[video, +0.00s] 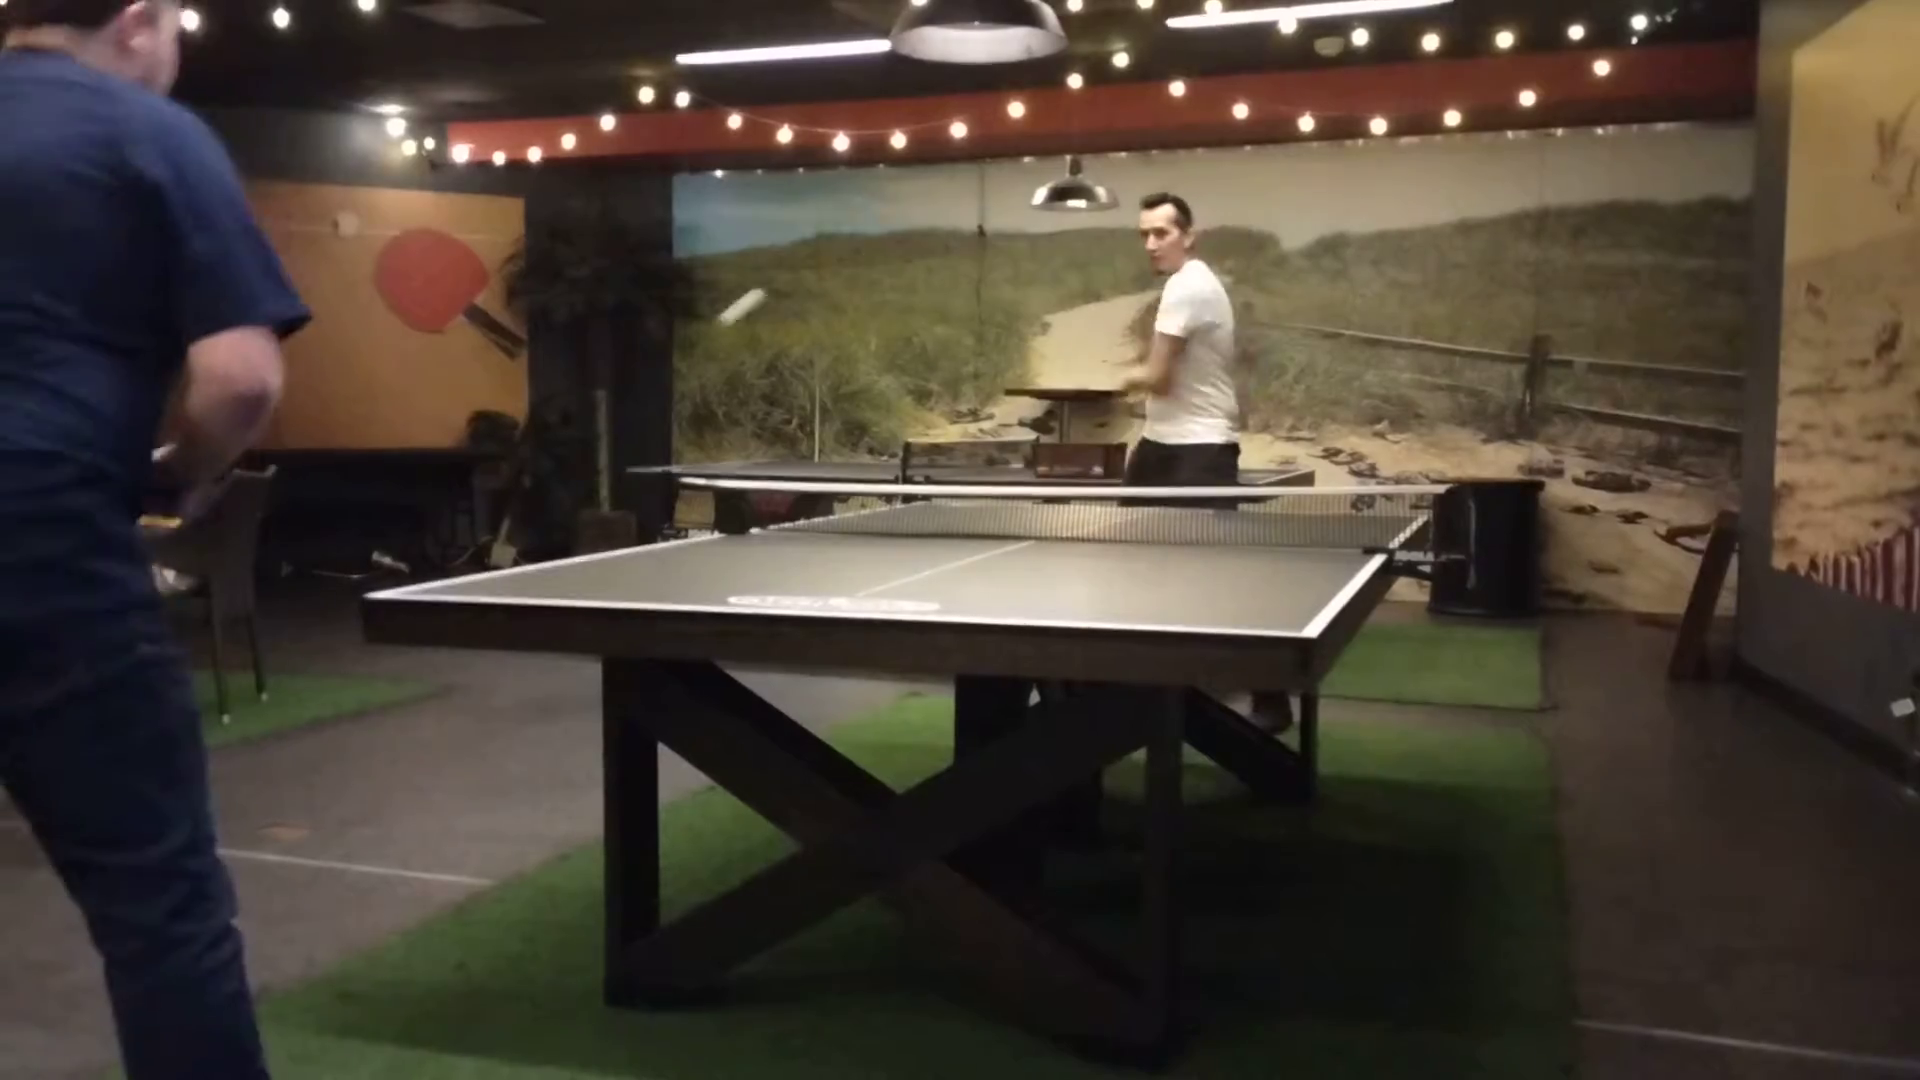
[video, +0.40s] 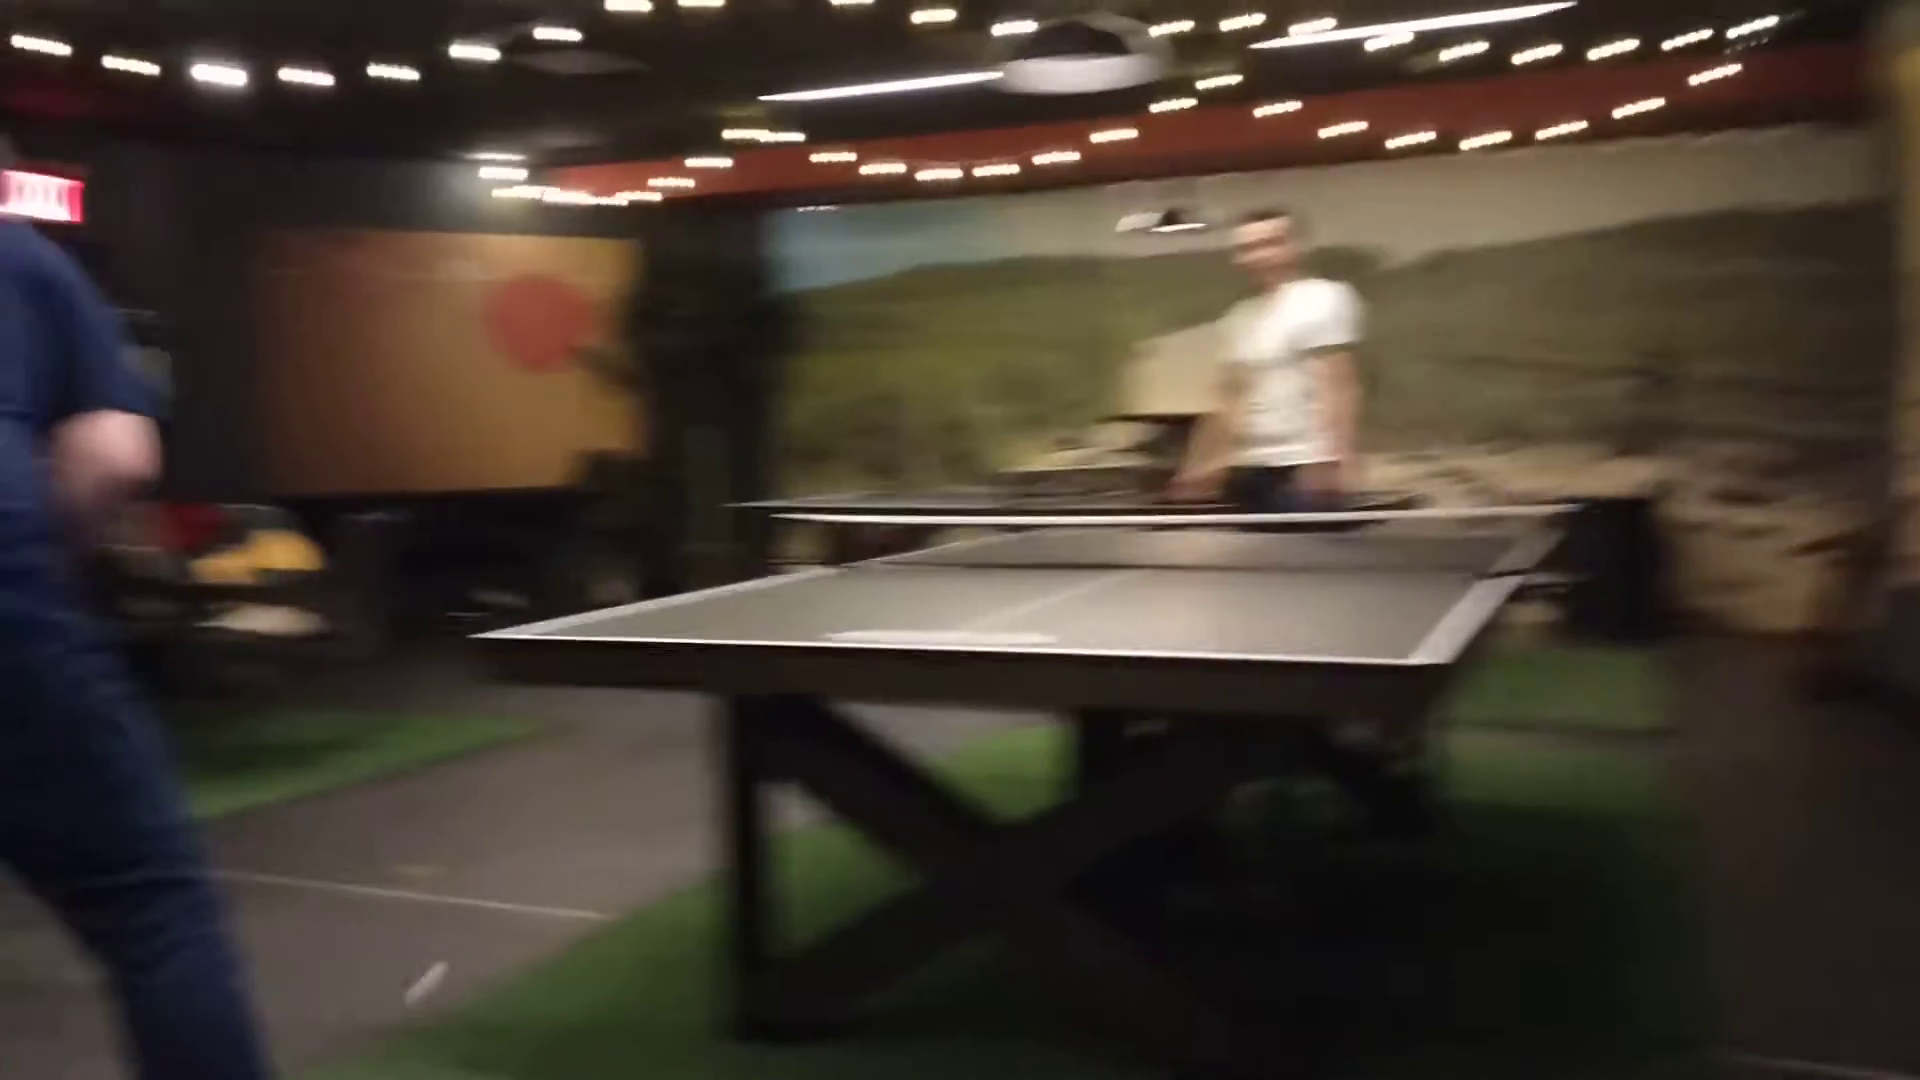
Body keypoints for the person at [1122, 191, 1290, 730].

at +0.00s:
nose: (1151, 243)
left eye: (1161, 233)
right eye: (1145, 235)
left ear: (1188, 235)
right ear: (1145, 239)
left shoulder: (1186, 286)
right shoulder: (1195, 281)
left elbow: (1159, 379)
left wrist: (1125, 379)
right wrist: (1144, 366)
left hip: (1193, 450)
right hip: (1170, 446)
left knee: (1211, 568)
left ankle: (1266, 699)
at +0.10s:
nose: (1147, 239)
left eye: (1157, 229)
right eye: (1142, 231)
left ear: (1183, 233)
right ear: (1141, 237)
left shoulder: (1195, 283)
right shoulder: (1160, 290)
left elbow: (1192, 362)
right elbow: (1171, 363)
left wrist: (1131, 389)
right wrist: (1140, 396)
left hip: (1203, 448)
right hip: (1161, 445)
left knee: (1224, 566)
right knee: (1140, 562)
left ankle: (1267, 695)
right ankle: (1143, 683)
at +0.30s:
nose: (1167, 249)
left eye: (1176, 237)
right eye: (1156, 238)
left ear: (1193, 241)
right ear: (1141, 246)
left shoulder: (1222, 293)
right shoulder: (1150, 304)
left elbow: (1248, 370)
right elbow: (1139, 382)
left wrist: (1211, 436)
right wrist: (1123, 442)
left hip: (1213, 458)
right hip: (1158, 457)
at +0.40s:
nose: (1259, 257)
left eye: (1269, 244)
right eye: (1248, 249)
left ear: (1292, 245)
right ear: (1237, 257)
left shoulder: (1324, 299)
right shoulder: (1241, 316)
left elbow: (1338, 386)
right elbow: (1227, 403)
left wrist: (1334, 459)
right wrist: (1201, 466)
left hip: (1310, 468)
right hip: (1251, 470)